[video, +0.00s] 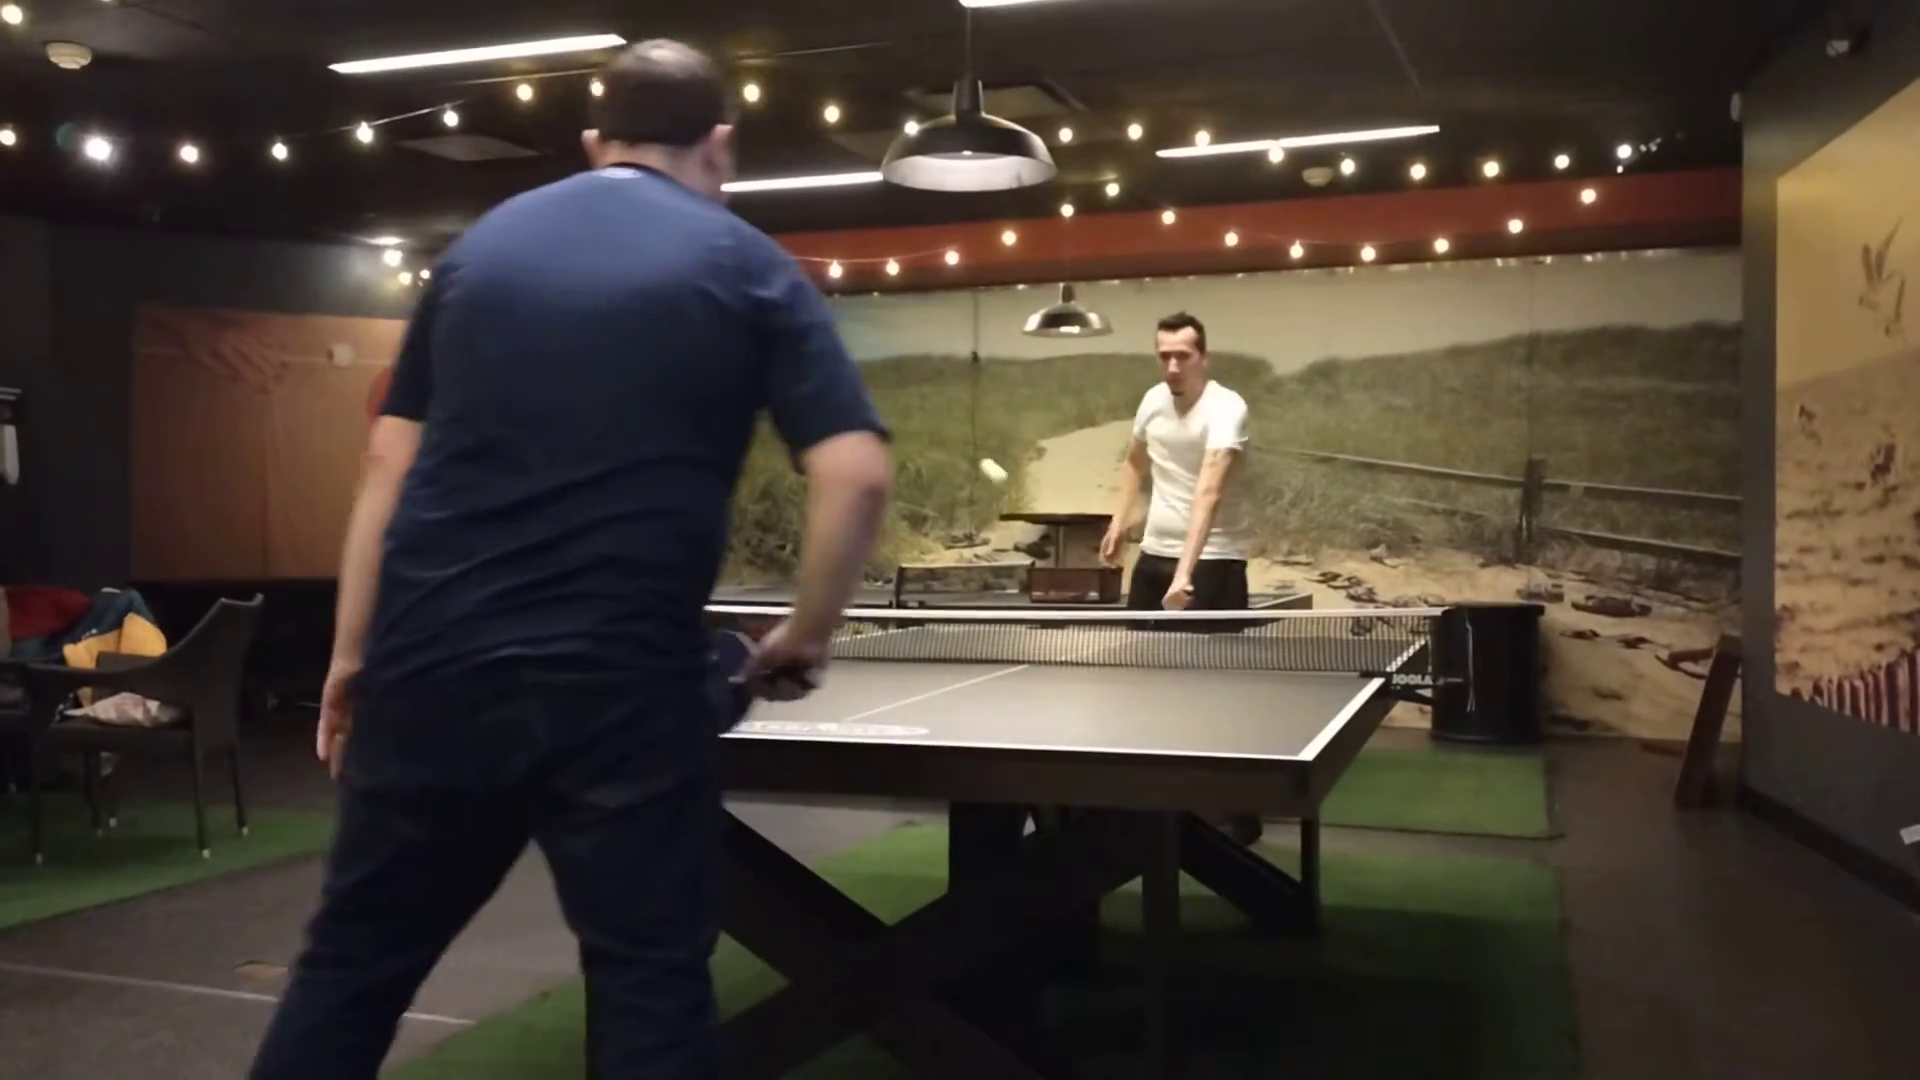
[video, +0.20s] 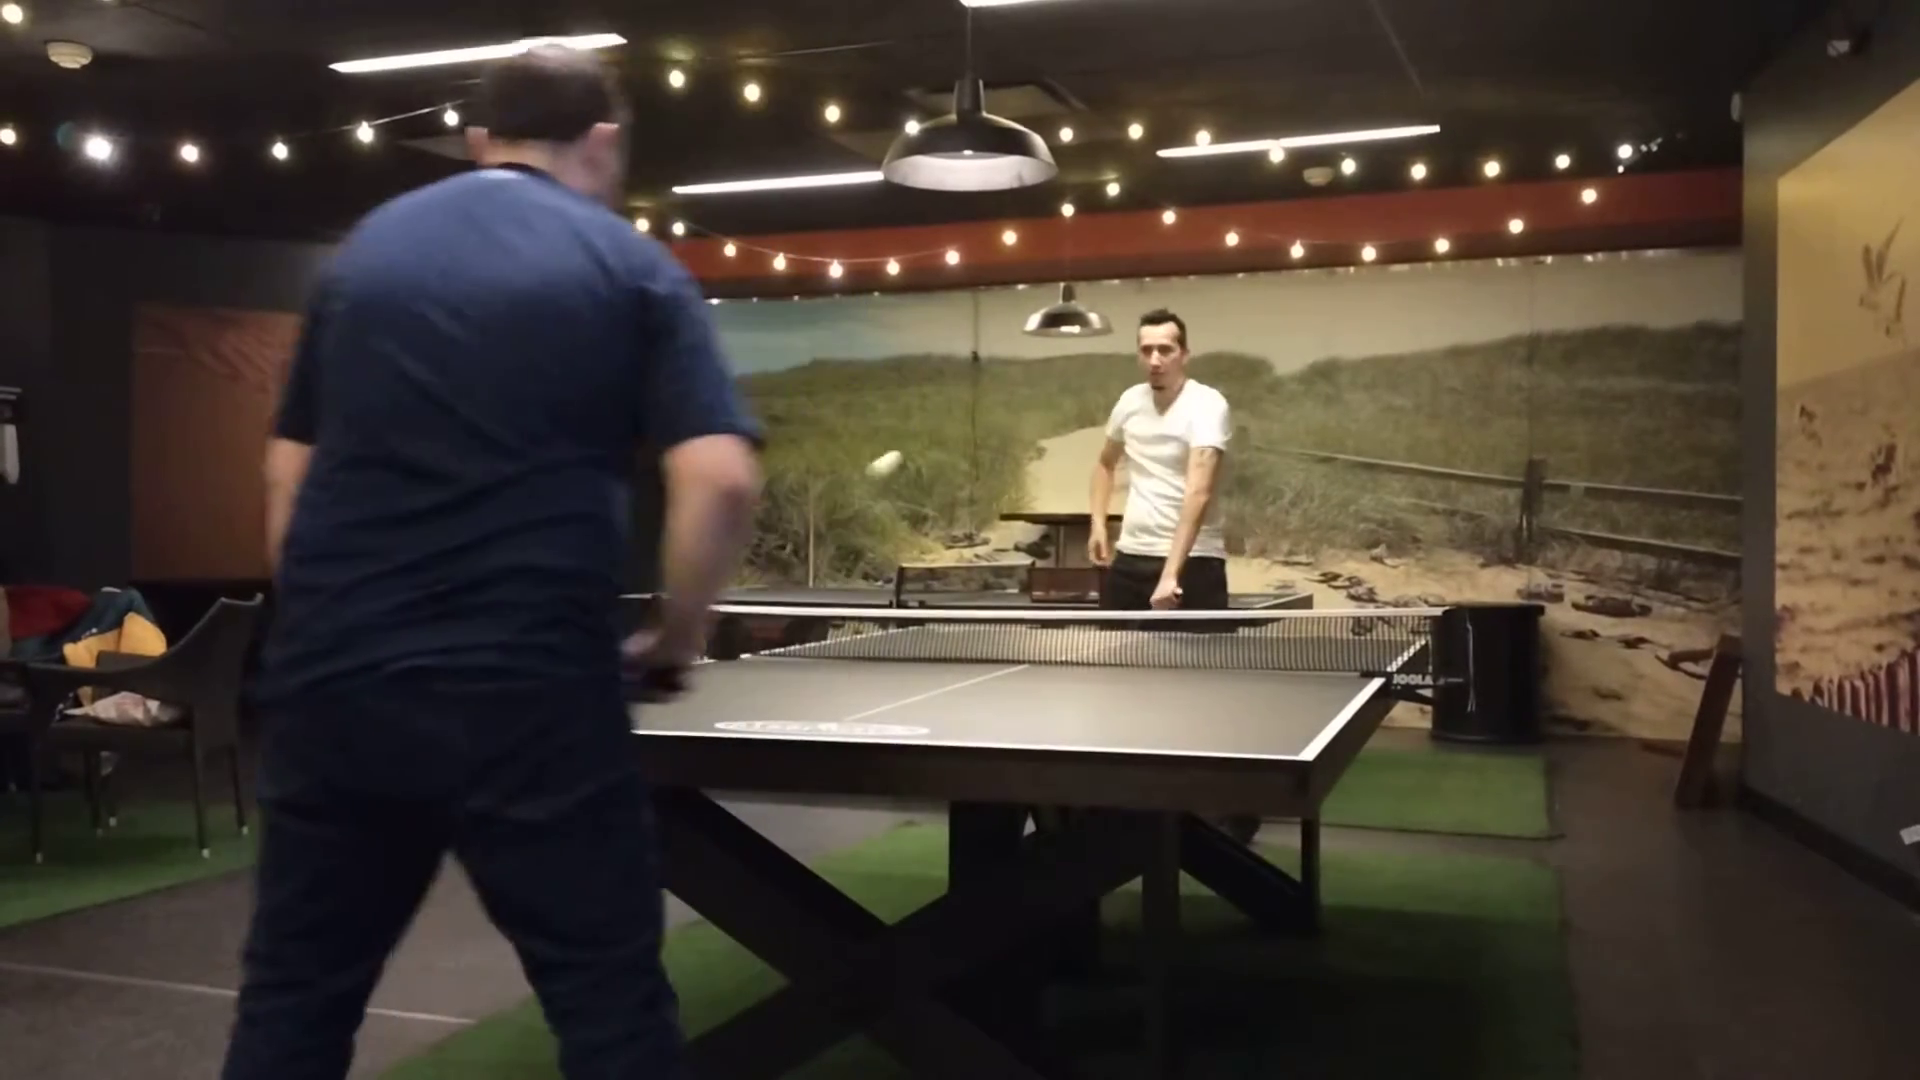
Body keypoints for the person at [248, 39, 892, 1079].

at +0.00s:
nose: (728, 172)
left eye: (727, 158)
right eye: (729, 155)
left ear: (593, 144)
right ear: (717, 146)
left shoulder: (481, 244)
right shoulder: (744, 258)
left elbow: (392, 458)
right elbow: (855, 472)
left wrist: (349, 657)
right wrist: (804, 636)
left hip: (430, 683)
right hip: (627, 695)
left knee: (348, 971)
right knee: (650, 996)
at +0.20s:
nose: (620, 164)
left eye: (618, 149)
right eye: (620, 147)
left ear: (479, 141)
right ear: (599, 142)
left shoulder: (363, 250)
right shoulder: (629, 265)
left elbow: (290, 476)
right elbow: (718, 475)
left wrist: (313, 620)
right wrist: (676, 642)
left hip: (342, 691)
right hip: (537, 706)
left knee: (290, 1004)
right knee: (612, 1006)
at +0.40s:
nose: (509, 165)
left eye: (509, 145)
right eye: (508, 143)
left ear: (371, 130)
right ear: (482, 133)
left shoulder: (258, 238)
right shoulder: (523, 238)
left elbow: (186, 473)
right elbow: (654, 462)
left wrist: (204, 658)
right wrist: (588, 585)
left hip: (263, 689)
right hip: (467, 683)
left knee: (256, 1005)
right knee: (582, 984)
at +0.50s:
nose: (475, 161)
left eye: (475, 145)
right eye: (476, 141)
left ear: (334, 127)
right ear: (452, 132)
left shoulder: (226, 238)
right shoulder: (493, 227)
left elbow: (143, 476)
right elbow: (670, 422)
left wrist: (144, 676)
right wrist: (621, 518)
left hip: (252, 691)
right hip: (458, 678)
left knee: (247, 1005)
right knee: (567, 981)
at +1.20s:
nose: (623, 157)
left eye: (623, 141)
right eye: (624, 139)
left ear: (491, 126)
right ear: (602, 131)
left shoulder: (361, 242)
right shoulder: (645, 252)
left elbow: (269, 447)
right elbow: (707, 461)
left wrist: (262, 646)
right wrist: (702, 624)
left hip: (367, 685)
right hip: (567, 693)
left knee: (315, 1001)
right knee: (588, 1012)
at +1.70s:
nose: (690, 135)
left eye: (693, 118)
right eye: (691, 115)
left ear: (556, 110)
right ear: (670, 107)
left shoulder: (451, 219)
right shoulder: (696, 230)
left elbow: (368, 432)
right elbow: (736, 432)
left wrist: (406, 579)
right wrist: (754, 603)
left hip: (425, 647)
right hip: (604, 664)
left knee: (356, 947)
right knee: (617, 985)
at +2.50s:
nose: (642, 162)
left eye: (648, 136)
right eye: (646, 131)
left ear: (524, 99)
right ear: (605, 105)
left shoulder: (399, 221)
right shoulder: (614, 222)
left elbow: (349, 450)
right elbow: (614, 415)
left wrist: (368, 621)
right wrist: (618, 637)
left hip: (406, 655)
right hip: (571, 659)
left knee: (402, 973)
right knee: (661, 965)